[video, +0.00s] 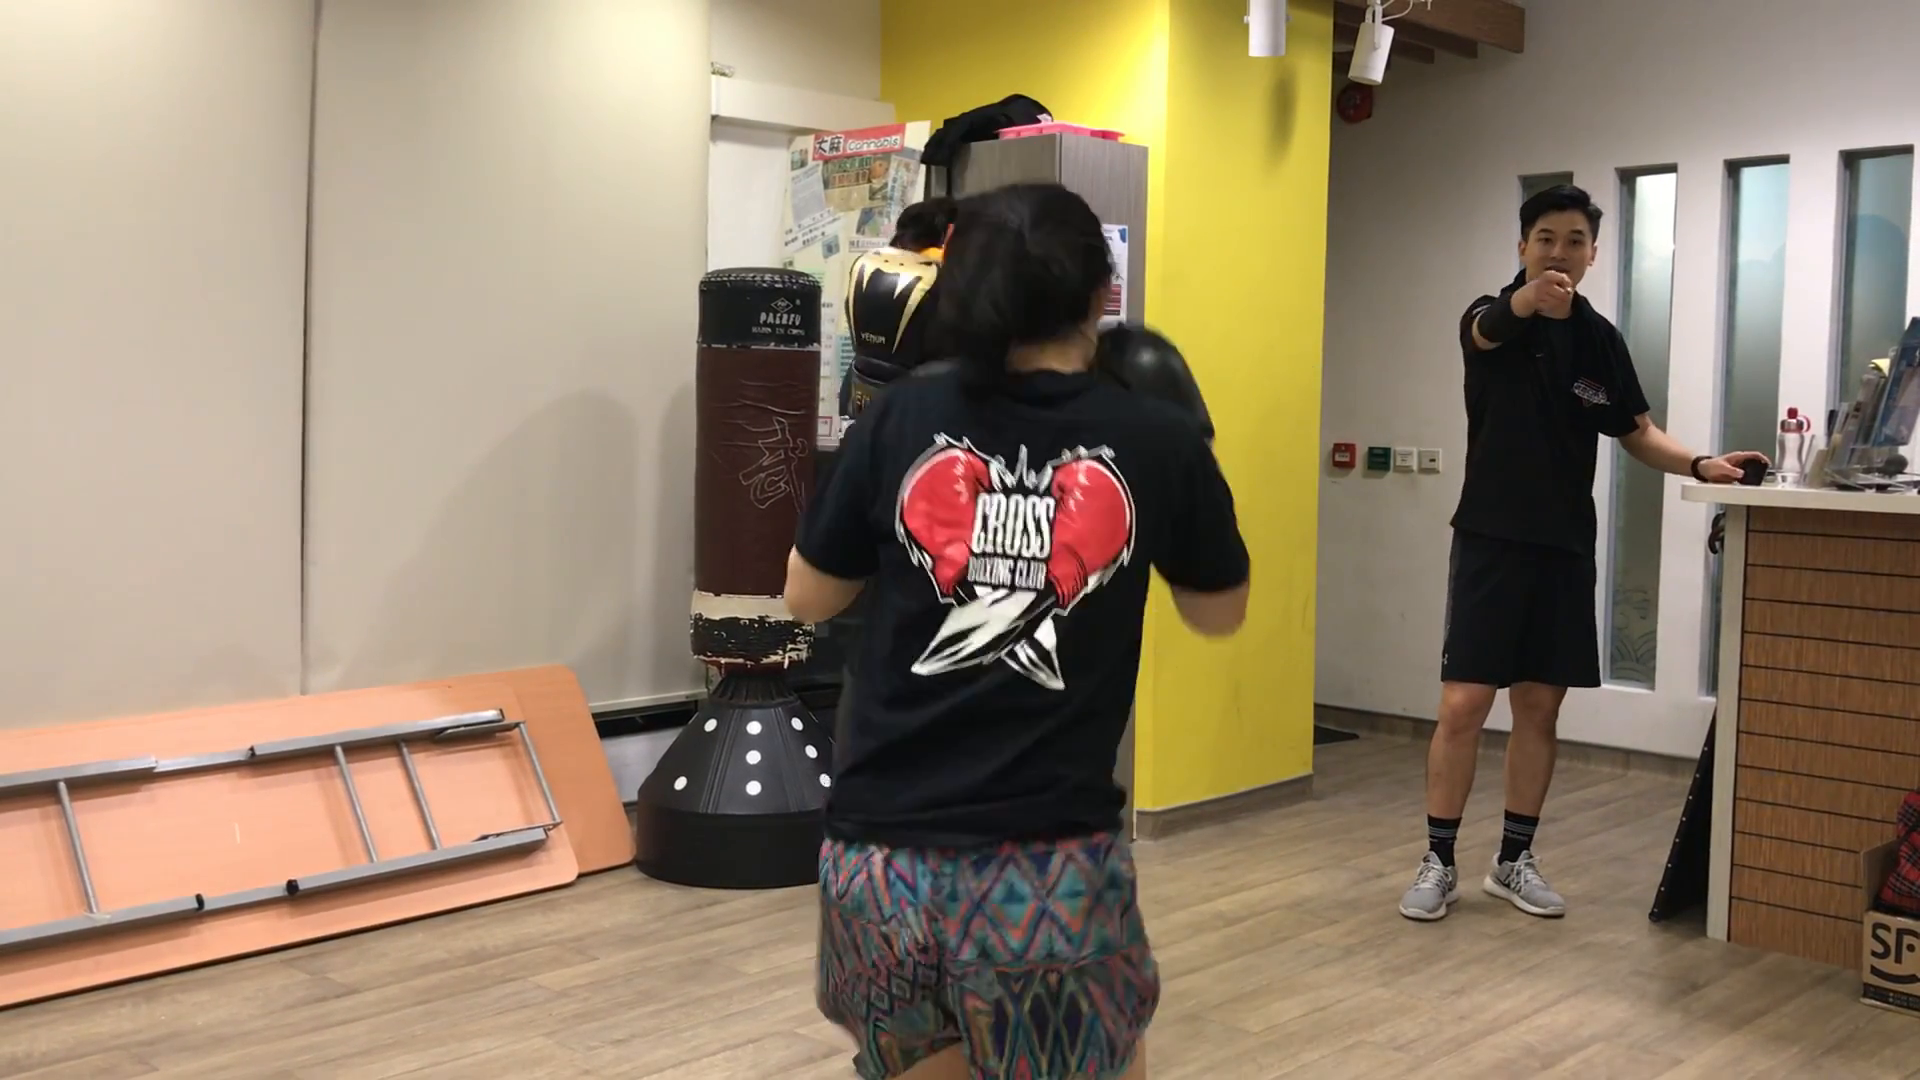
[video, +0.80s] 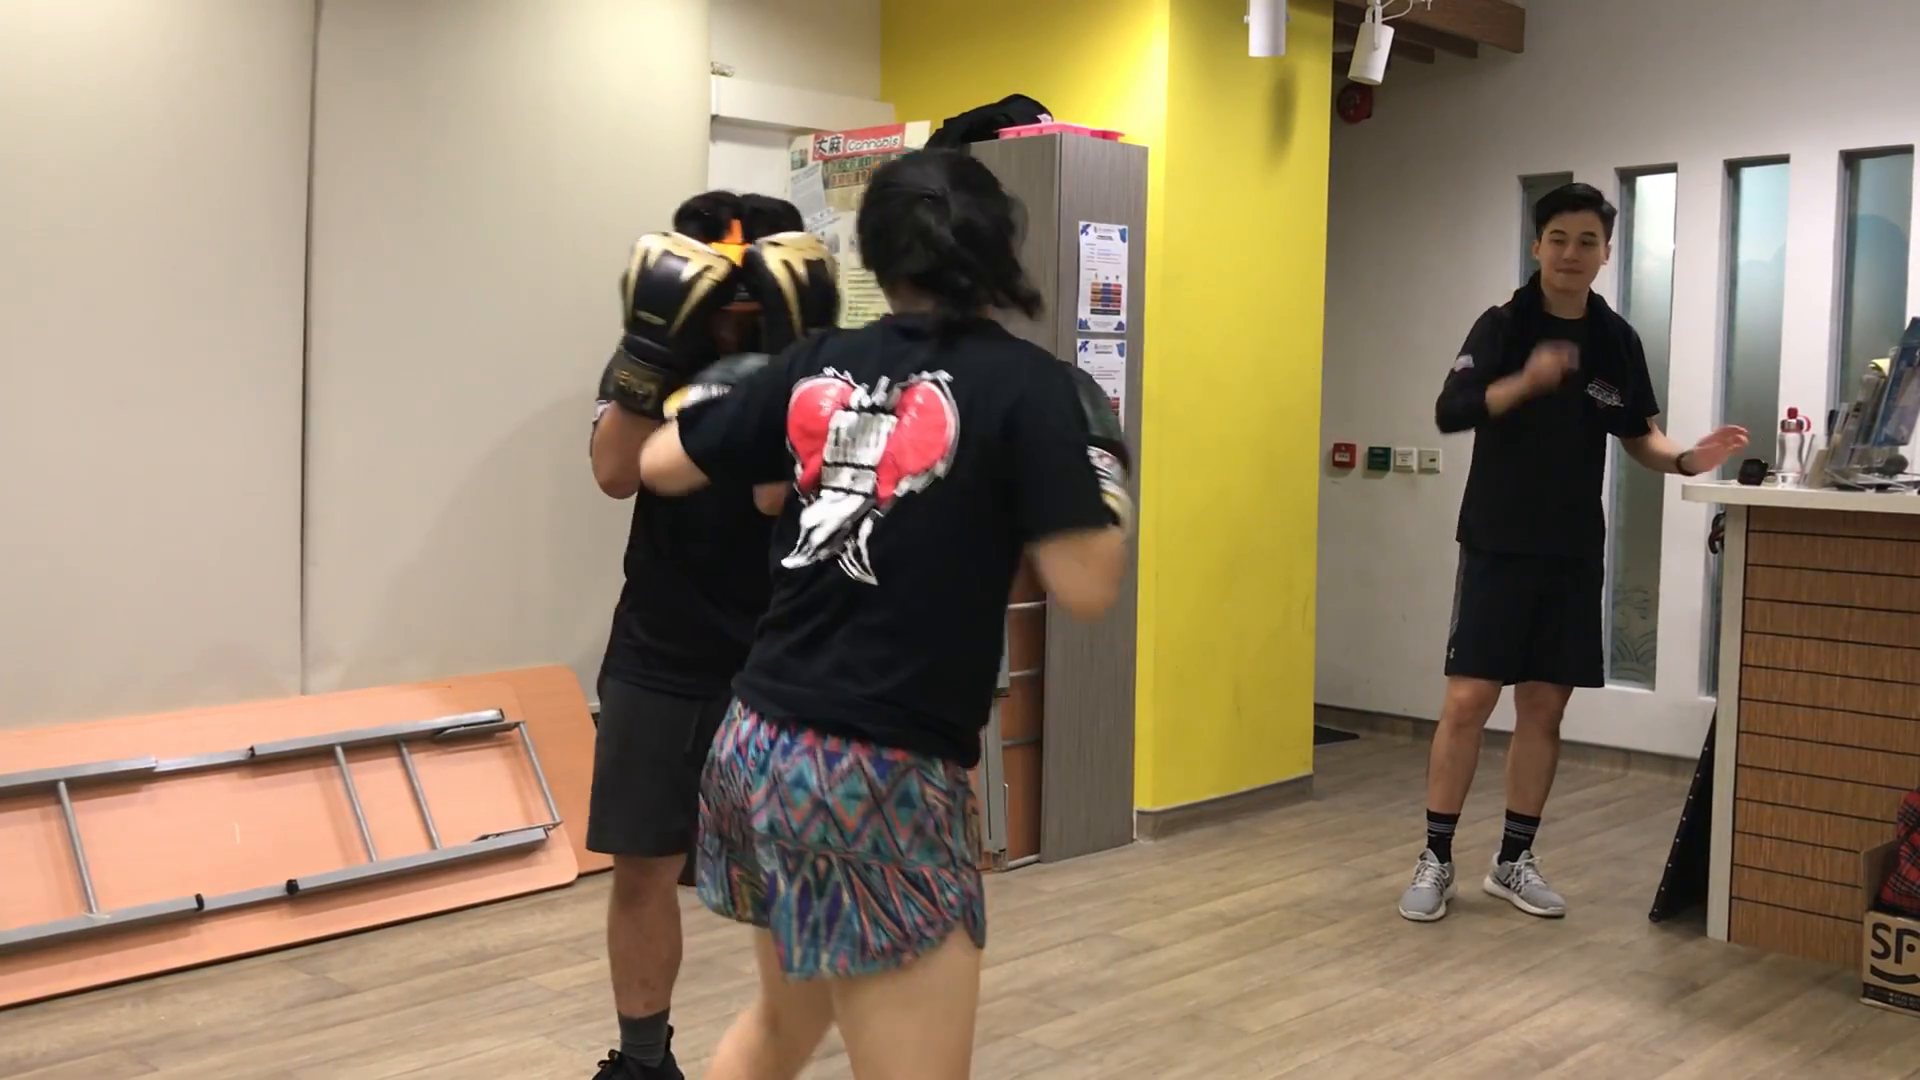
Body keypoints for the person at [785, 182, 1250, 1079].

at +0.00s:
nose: (1115, 292)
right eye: (1109, 275)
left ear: (964, 289)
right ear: (1100, 296)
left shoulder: (901, 416)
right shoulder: (1150, 436)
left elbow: (810, 592)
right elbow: (1217, 609)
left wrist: (924, 517)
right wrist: (1183, 432)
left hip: (875, 873)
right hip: (1053, 876)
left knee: (918, 1066)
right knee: (1066, 1063)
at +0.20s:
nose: (1106, 252)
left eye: (1102, 237)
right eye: (1101, 238)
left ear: (960, 252)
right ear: (1089, 253)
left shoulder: (896, 361)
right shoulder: (1123, 391)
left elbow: (781, 457)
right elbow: (1168, 601)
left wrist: (883, 465)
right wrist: (1162, 476)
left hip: (825, 766)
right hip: (971, 794)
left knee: (880, 1057)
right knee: (1016, 1062)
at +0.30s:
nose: (1067, 265)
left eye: (1063, 246)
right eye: (1062, 247)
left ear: (941, 262)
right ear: (1038, 263)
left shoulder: (913, 364)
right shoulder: (1025, 374)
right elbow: (1112, 574)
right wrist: (1144, 458)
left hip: (817, 751)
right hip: (917, 775)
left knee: (855, 1062)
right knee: (1020, 1061)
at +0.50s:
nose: (1042, 279)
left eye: (1039, 259)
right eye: (1040, 260)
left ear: (907, 262)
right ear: (1021, 266)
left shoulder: (854, 373)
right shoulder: (1040, 385)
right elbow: (1096, 597)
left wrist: (1035, 526)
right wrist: (1111, 478)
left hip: (776, 745)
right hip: (911, 771)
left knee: (806, 1057)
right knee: (979, 1062)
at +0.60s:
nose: (1057, 272)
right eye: (1049, 256)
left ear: (912, 280)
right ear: (1041, 277)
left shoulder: (849, 382)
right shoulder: (1060, 405)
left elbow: (748, 533)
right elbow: (1155, 609)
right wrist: (1137, 456)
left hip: (767, 769)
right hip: (905, 803)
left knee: (826, 1053)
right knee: (943, 1063)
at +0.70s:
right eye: (1035, 268)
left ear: (899, 287)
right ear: (1029, 288)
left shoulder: (833, 392)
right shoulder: (1056, 420)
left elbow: (699, 531)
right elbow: (1157, 613)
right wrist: (1127, 460)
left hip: (756, 778)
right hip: (898, 821)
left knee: (818, 1031)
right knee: (938, 1062)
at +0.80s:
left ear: (878, 257)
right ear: (1002, 252)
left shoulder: (817, 364)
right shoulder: (1030, 388)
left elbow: (660, 466)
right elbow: (1087, 588)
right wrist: (1107, 466)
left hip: (756, 738)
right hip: (887, 779)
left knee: (781, 1019)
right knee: (914, 1063)